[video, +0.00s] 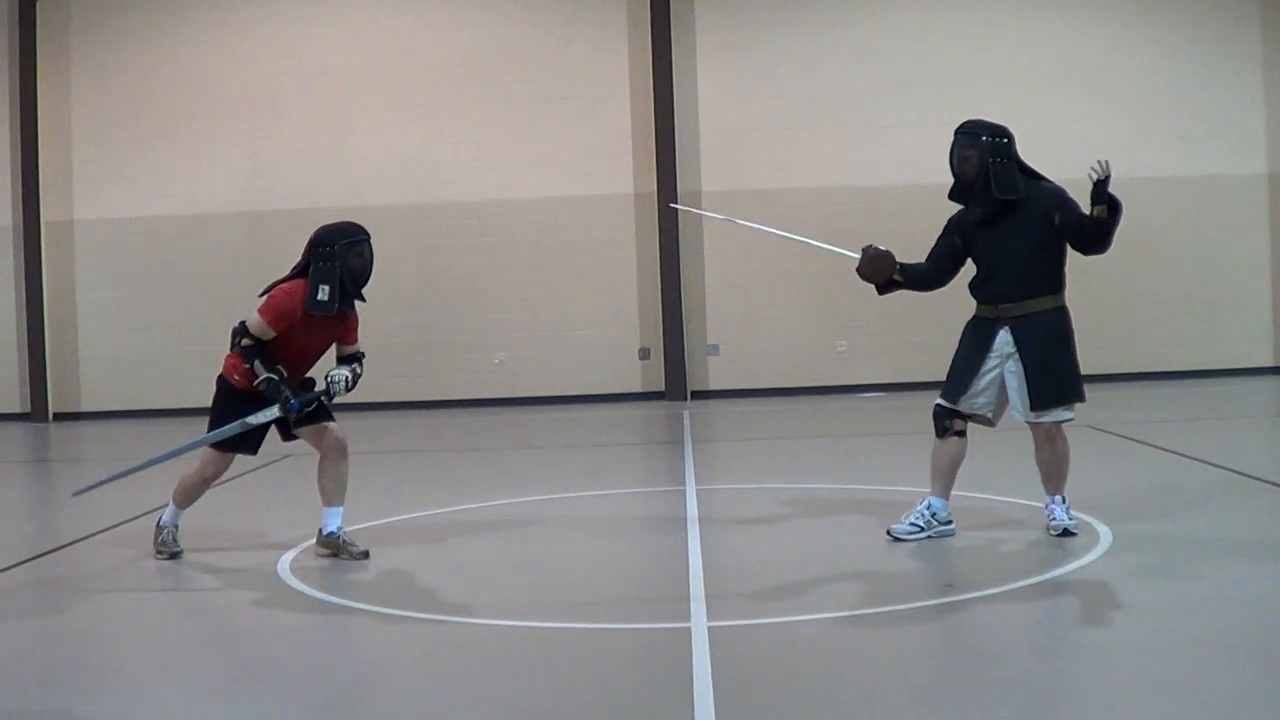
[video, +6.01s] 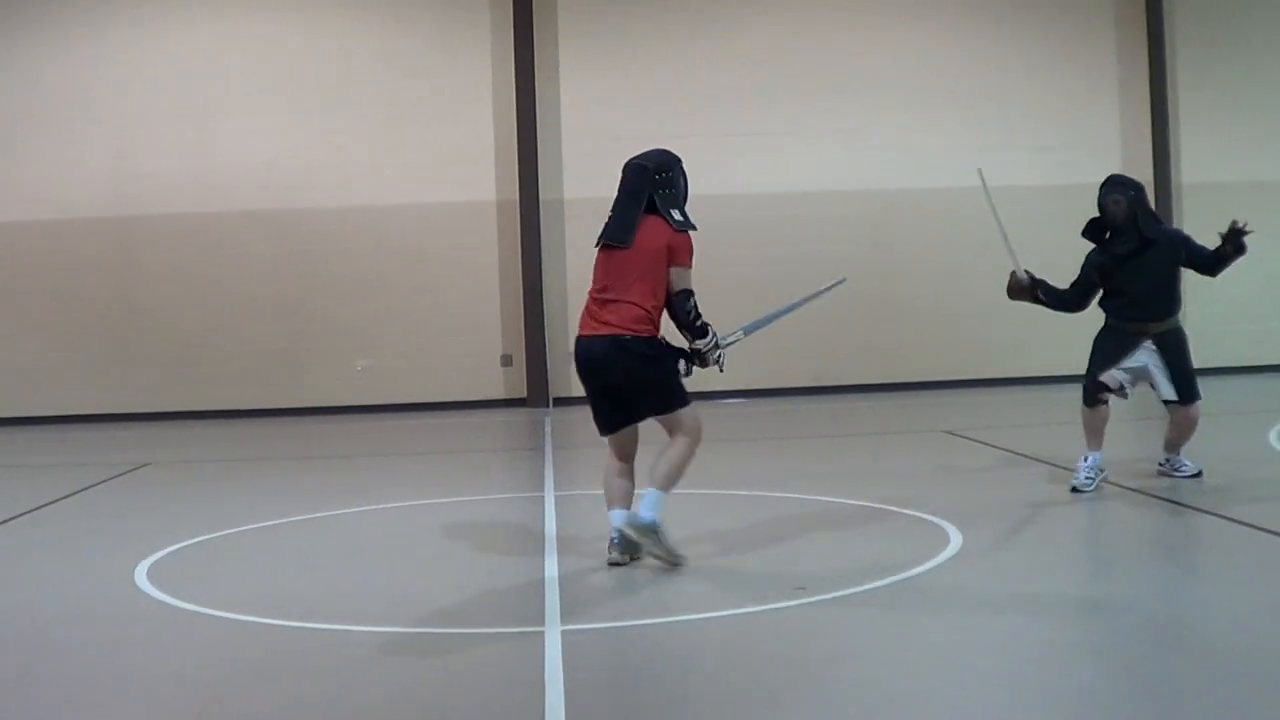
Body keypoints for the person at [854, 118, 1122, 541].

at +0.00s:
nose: (958, 168)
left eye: (966, 159)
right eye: (956, 159)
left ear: (993, 158)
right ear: (958, 160)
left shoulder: (1046, 199)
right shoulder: (967, 220)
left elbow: (1092, 243)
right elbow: (936, 272)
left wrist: (1102, 207)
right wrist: (891, 272)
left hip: (1041, 324)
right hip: (986, 325)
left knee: (1045, 420)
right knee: (950, 413)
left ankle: (1056, 505)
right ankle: (936, 510)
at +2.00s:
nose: (923, 168)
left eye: (931, 158)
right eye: (920, 160)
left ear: (958, 158)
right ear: (922, 163)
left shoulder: (1013, 199)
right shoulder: (934, 220)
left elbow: (1059, 241)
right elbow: (907, 278)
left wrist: (1068, 204)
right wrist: (870, 279)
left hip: (1011, 325)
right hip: (956, 327)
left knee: (1030, 418)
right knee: (923, 416)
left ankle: (1055, 503)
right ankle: (934, 510)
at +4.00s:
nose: (1097, 178)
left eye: (1105, 171)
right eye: (1093, 170)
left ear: (1126, 175)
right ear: (1086, 173)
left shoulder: (1152, 226)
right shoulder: (1080, 223)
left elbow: (1188, 269)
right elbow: (1049, 266)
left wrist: (1227, 302)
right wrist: (1006, 268)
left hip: (1126, 331)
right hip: (1076, 328)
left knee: (1116, 414)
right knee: (1063, 421)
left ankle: (1096, 482)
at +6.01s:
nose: (1111, 209)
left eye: (1118, 202)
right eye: (1106, 203)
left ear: (1135, 204)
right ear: (1101, 208)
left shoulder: (1167, 240)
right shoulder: (1102, 254)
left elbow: (1208, 265)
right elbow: (1075, 300)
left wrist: (1228, 250)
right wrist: (1036, 288)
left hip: (1165, 334)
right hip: (1118, 334)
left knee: (1188, 412)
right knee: (1093, 392)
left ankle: (1171, 457)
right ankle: (1093, 461)